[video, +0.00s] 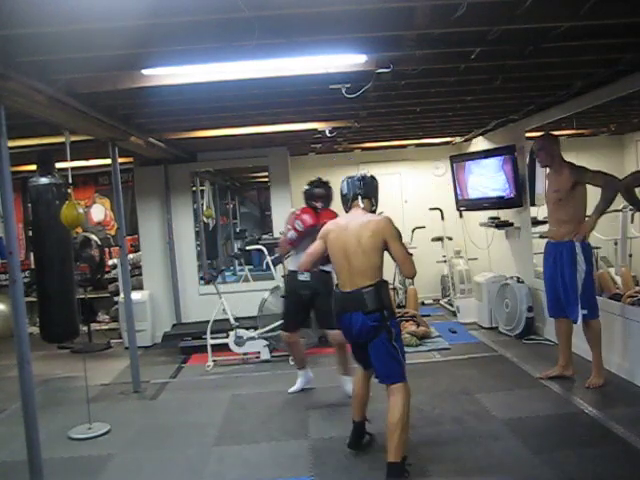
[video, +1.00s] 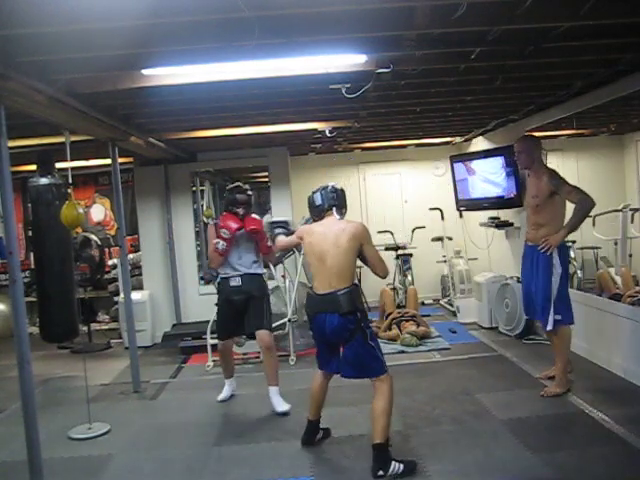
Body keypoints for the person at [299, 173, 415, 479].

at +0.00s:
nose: (375, 203)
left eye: (372, 199)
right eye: (374, 198)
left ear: (345, 200)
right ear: (371, 199)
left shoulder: (330, 228)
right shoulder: (381, 224)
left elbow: (304, 265)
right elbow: (408, 271)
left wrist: (327, 254)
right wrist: (397, 248)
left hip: (345, 312)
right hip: (375, 311)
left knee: (364, 367)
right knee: (397, 385)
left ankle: (357, 433)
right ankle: (395, 467)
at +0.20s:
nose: (366, 208)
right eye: (366, 204)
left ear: (338, 207)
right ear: (363, 203)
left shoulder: (328, 228)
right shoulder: (374, 224)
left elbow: (307, 245)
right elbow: (400, 270)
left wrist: (329, 243)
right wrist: (398, 253)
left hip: (338, 308)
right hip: (366, 308)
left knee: (355, 373)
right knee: (399, 384)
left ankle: (351, 433)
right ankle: (389, 462)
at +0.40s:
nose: (368, 198)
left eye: (363, 195)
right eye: (366, 194)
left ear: (338, 197)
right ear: (362, 194)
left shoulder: (325, 222)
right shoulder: (376, 216)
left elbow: (301, 262)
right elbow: (399, 262)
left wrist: (326, 247)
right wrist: (397, 249)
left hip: (334, 299)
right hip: (366, 299)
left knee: (343, 364)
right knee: (381, 377)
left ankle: (344, 431)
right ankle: (381, 463)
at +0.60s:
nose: (361, 201)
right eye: (360, 197)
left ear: (331, 200)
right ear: (356, 198)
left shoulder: (318, 224)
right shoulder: (369, 220)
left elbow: (291, 260)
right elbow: (391, 263)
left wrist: (308, 239)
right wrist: (383, 242)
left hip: (330, 303)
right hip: (361, 304)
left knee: (337, 369)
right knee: (388, 377)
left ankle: (327, 433)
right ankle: (381, 460)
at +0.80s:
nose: (357, 207)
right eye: (357, 202)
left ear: (329, 206)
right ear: (355, 203)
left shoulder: (318, 230)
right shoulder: (370, 226)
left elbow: (291, 270)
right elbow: (388, 272)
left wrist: (316, 252)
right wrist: (368, 252)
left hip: (325, 308)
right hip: (358, 308)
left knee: (332, 359)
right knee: (384, 379)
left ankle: (319, 424)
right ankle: (386, 463)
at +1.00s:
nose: (343, 210)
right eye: (343, 205)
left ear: (315, 210)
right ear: (340, 207)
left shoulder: (305, 231)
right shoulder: (355, 229)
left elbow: (276, 247)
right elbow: (381, 271)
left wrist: (291, 238)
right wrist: (361, 248)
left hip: (317, 311)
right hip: (347, 310)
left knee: (324, 370)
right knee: (381, 379)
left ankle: (311, 431)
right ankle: (382, 461)